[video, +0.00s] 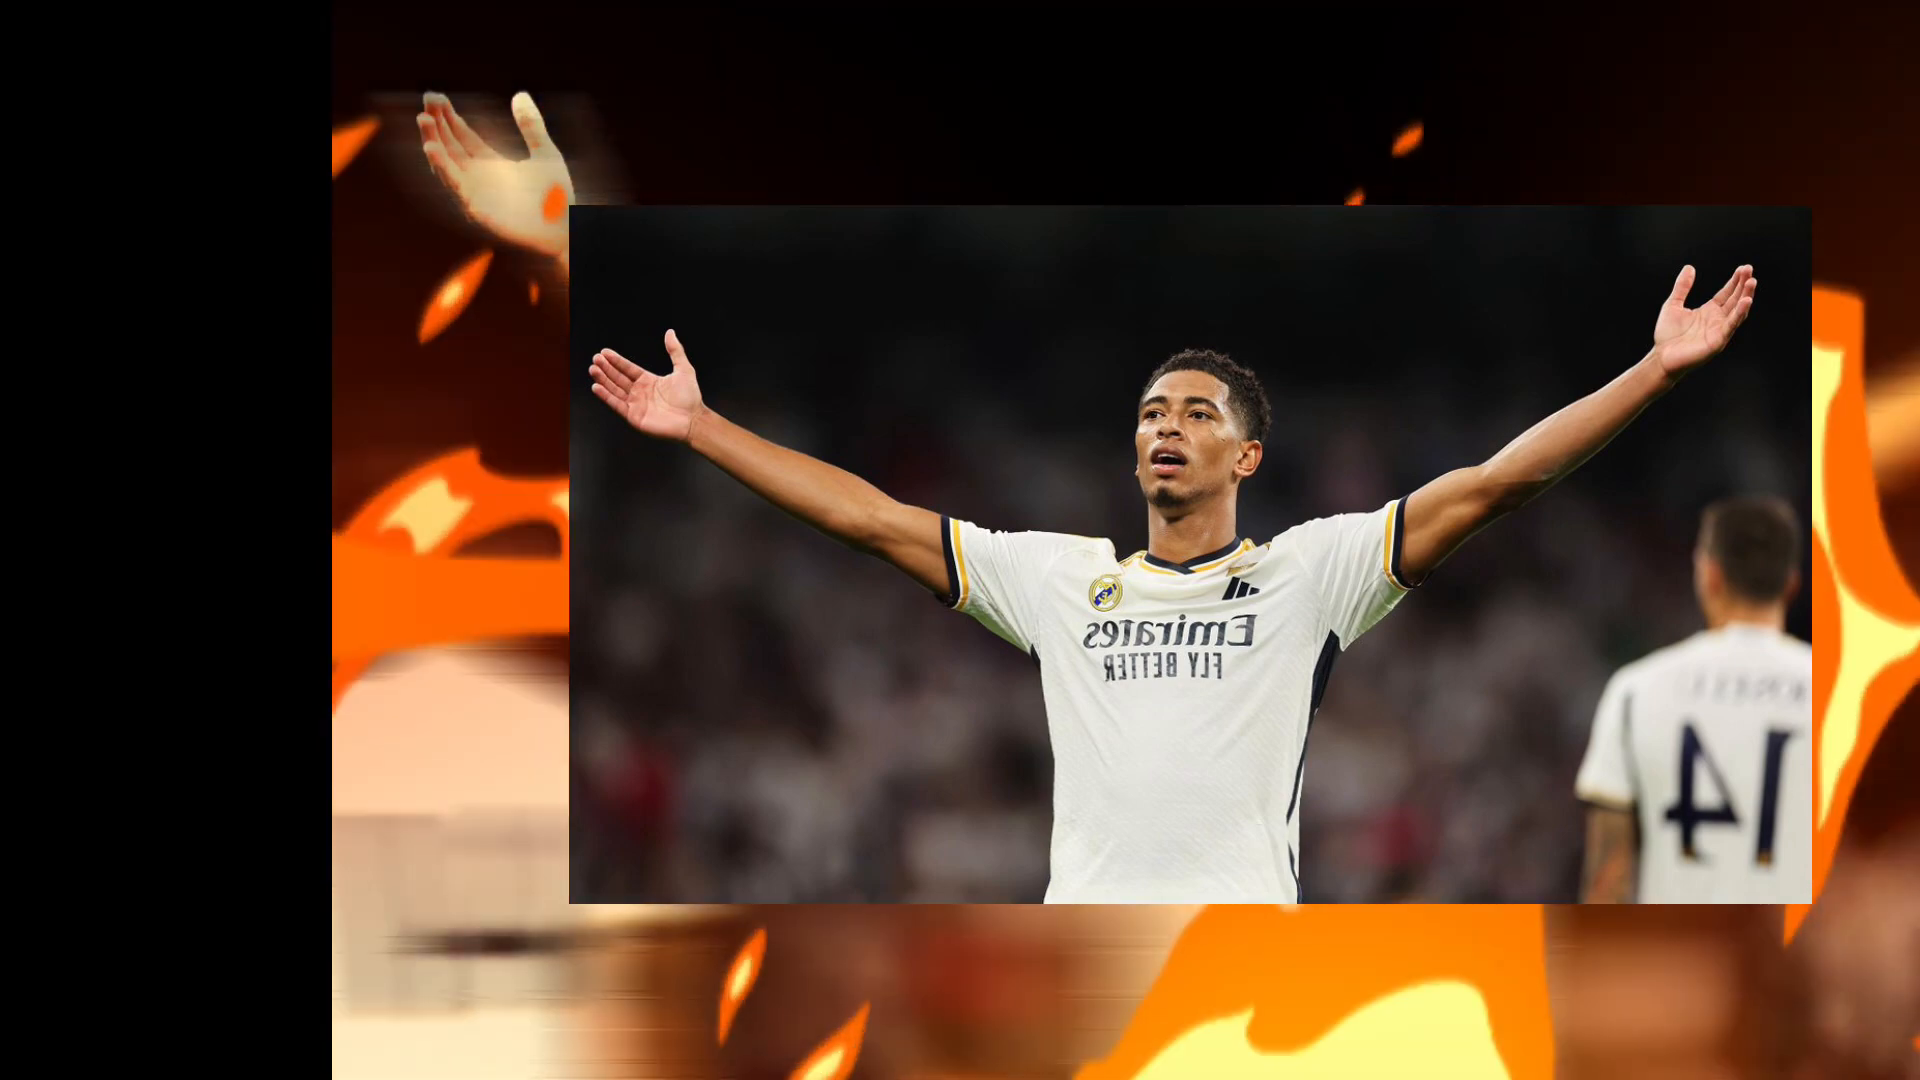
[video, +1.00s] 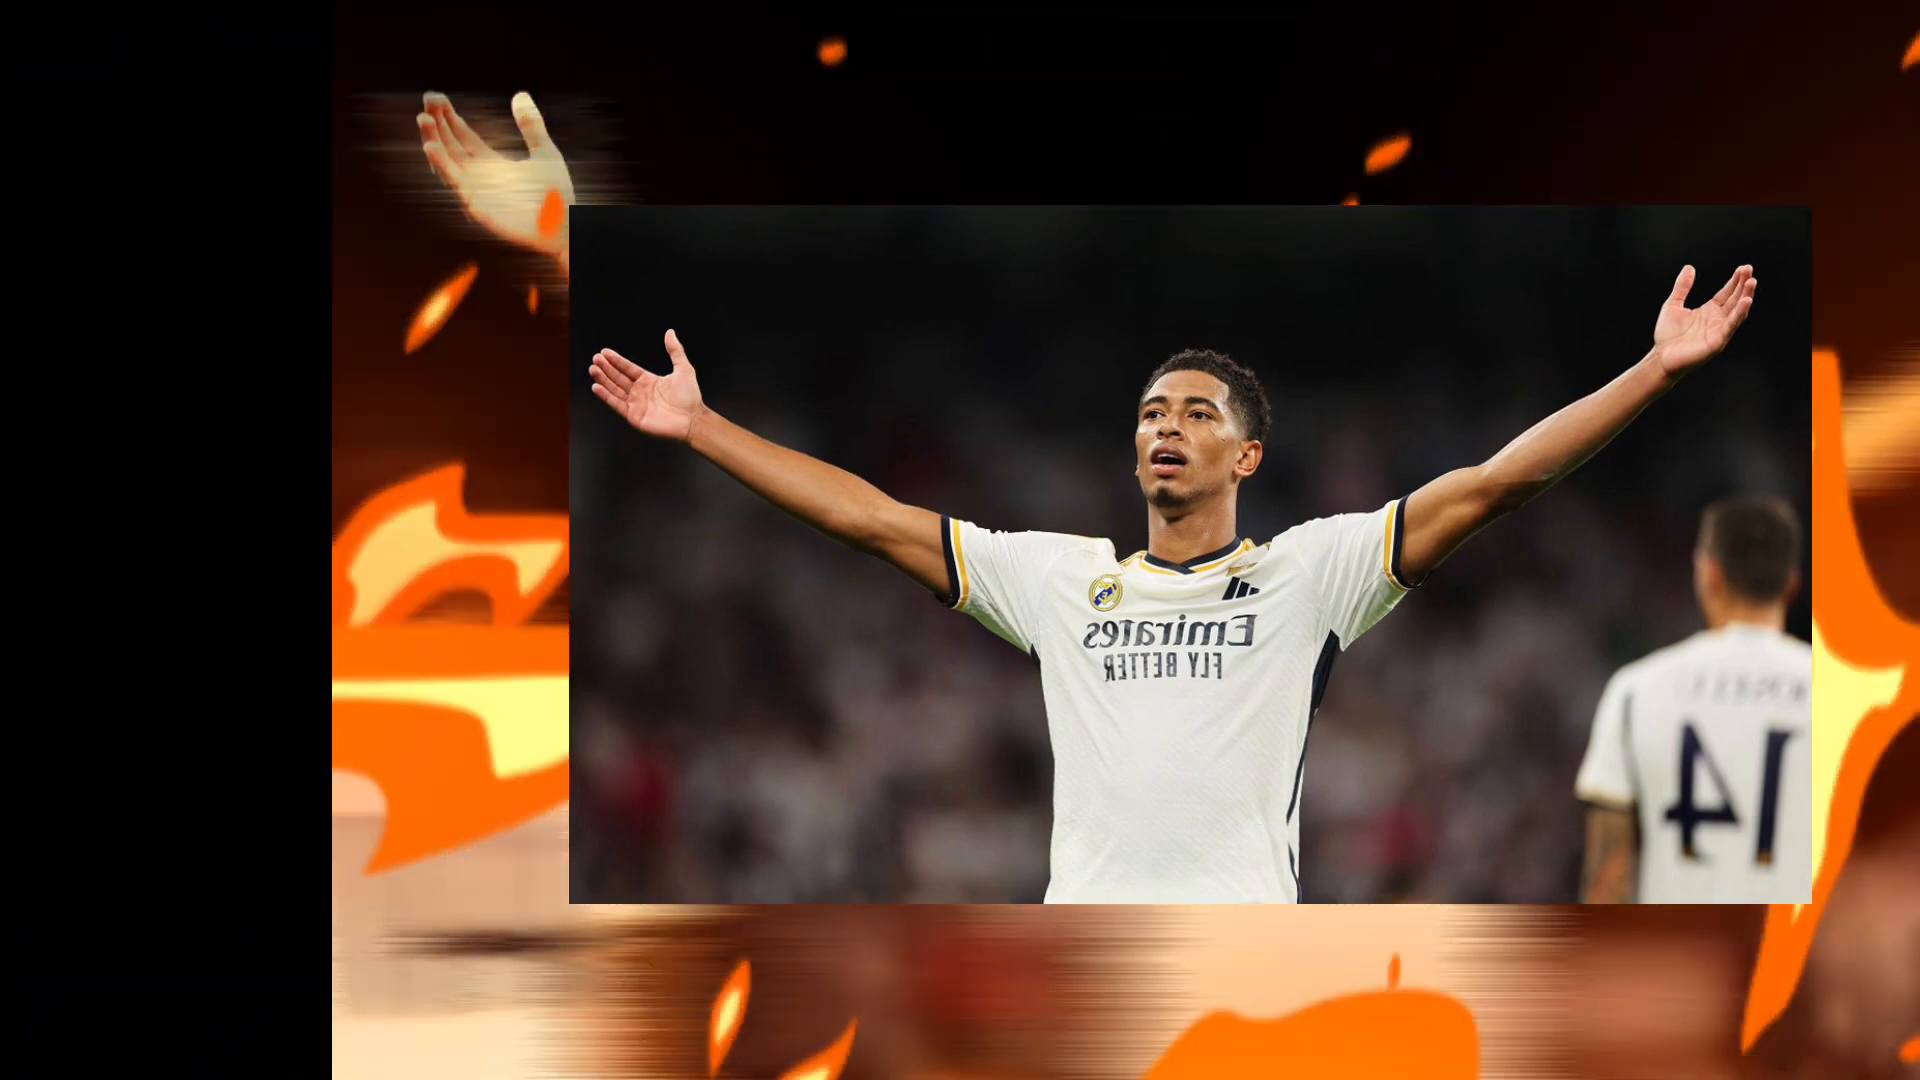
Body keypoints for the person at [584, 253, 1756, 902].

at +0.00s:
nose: (1167, 431)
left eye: (1197, 417)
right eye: (1153, 416)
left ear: (1248, 456)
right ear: (1133, 452)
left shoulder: (1308, 571)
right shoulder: (1058, 579)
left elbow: (1490, 484)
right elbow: (878, 519)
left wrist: (1653, 368)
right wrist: (698, 427)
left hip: (1248, 945)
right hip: (1086, 946)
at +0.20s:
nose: (1167, 430)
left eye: (1198, 415)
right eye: (1153, 414)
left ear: (1248, 455)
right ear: (1134, 450)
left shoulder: (1308, 570)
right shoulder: (1058, 580)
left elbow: (1493, 482)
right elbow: (878, 519)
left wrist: (1655, 368)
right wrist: (700, 427)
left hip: (1250, 943)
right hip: (1090, 945)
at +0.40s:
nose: (1170, 428)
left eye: (1199, 415)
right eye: (1155, 414)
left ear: (1248, 455)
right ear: (1134, 452)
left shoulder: (1307, 570)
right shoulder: (1059, 580)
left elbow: (1492, 482)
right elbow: (877, 518)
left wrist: (1656, 367)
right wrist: (701, 429)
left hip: (1247, 940)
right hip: (1086, 939)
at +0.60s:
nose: (1169, 428)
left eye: (1199, 414)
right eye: (1154, 413)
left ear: (1250, 454)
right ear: (1132, 450)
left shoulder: (1309, 569)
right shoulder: (1057, 578)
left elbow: (1495, 482)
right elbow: (876, 519)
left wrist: (1653, 368)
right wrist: (698, 426)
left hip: (1249, 942)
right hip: (1087, 939)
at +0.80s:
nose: (1164, 436)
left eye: (1192, 419)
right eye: (1152, 420)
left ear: (1251, 456)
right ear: (1132, 452)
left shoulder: (1310, 569)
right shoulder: (1061, 576)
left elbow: (1497, 480)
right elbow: (878, 518)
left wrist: (1659, 366)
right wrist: (702, 427)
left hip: (1254, 938)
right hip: (1085, 935)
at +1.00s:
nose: (1162, 439)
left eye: (1190, 422)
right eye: (1151, 422)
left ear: (1251, 456)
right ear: (1133, 451)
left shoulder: (1310, 569)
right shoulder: (1062, 575)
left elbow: (1496, 480)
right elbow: (878, 518)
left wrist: (1658, 366)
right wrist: (701, 426)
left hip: (1255, 936)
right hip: (1085, 934)